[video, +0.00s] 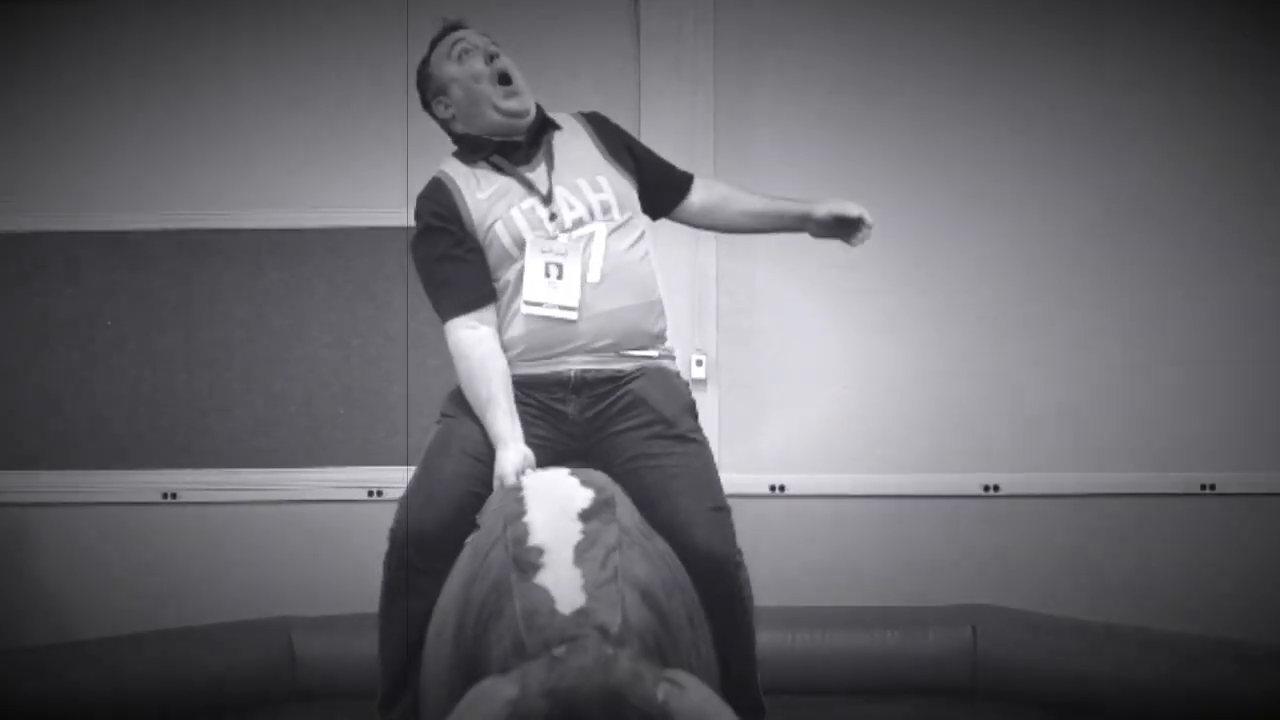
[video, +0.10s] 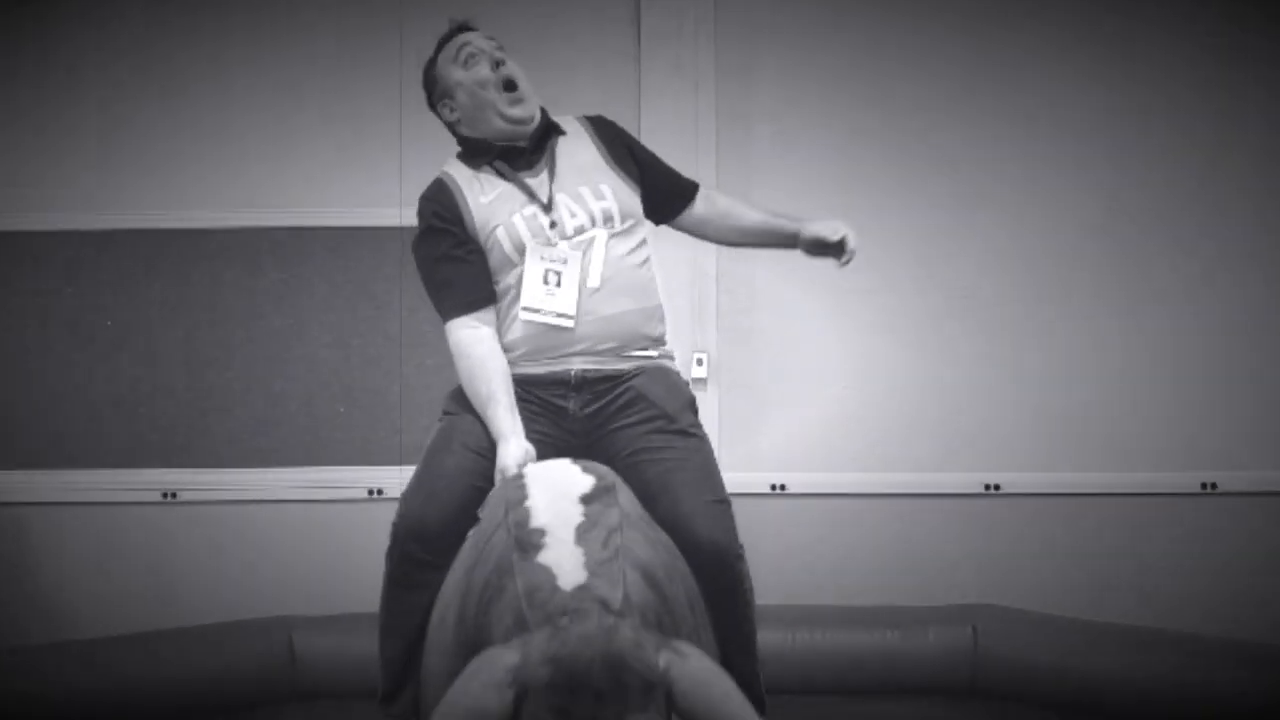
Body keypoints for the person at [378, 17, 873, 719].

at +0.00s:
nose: (497, 63)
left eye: (496, 52)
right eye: (467, 61)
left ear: (518, 72)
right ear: (444, 110)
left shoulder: (595, 135)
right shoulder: (447, 197)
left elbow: (693, 197)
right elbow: (471, 330)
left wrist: (807, 215)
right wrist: (507, 439)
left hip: (638, 390)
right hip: (509, 402)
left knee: (712, 553)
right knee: (419, 537)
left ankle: (740, 710)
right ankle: (404, 709)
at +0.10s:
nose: (501, 69)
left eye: (501, 56)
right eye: (472, 66)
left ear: (524, 74)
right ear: (451, 115)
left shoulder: (599, 139)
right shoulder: (450, 200)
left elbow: (696, 208)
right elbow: (471, 331)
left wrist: (796, 232)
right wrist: (508, 435)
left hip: (637, 387)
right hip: (510, 398)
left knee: (713, 545)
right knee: (420, 532)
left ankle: (742, 708)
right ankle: (401, 706)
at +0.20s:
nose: (506, 73)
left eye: (507, 61)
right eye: (478, 71)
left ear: (531, 82)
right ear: (458, 116)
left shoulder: (602, 146)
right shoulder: (452, 201)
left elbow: (689, 216)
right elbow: (470, 328)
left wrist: (764, 252)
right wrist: (508, 426)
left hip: (635, 384)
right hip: (514, 395)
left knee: (712, 537)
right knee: (422, 527)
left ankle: (742, 698)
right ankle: (400, 702)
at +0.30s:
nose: (514, 84)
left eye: (517, 71)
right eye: (488, 81)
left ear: (539, 88)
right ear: (465, 124)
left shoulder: (607, 155)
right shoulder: (455, 203)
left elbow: (682, 226)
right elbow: (469, 328)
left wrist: (729, 281)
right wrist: (512, 423)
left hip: (633, 381)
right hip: (512, 391)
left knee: (709, 518)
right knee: (426, 511)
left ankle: (744, 691)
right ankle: (405, 692)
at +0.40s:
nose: (519, 95)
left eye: (525, 82)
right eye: (495, 91)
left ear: (546, 102)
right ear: (472, 131)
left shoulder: (611, 167)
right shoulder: (459, 208)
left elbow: (686, 249)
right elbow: (464, 325)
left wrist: (675, 316)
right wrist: (510, 412)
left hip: (631, 385)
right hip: (511, 392)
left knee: (707, 505)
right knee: (428, 503)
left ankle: (742, 691)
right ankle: (407, 686)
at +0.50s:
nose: (524, 110)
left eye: (532, 98)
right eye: (501, 104)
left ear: (553, 117)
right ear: (479, 139)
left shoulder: (608, 181)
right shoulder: (461, 216)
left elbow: (671, 264)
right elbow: (460, 326)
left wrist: (626, 342)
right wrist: (506, 404)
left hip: (624, 378)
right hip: (508, 386)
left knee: (707, 504)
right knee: (425, 495)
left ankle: (738, 689)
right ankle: (408, 683)